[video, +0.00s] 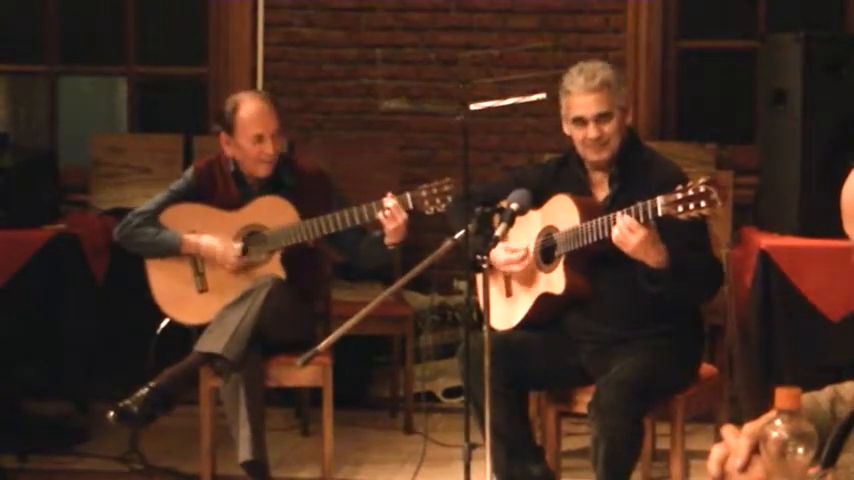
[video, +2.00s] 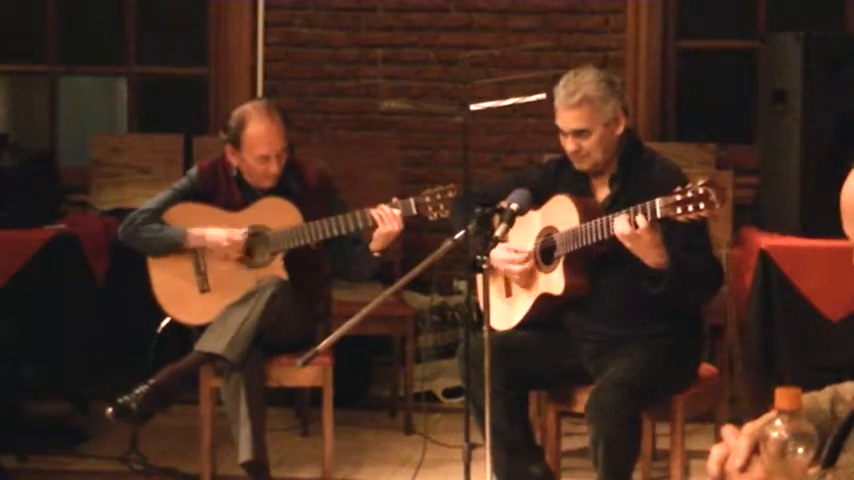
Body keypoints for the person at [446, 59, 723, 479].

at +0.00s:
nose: (593, 133)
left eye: (603, 119)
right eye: (579, 122)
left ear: (626, 115)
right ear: (564, 124)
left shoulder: (665, 183)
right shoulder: (555, 177)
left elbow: (706, 280)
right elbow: (464, 205)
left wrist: (659, 258)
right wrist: (488, 249)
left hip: (655, 341)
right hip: (575, 337)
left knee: (613, 399)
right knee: (486, 355)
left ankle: (610, 474)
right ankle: (523, 471)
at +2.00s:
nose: (571, 146)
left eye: (582, 134)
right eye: (563, 134)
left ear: (619, 124)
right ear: (556, 128)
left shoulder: (663, 183)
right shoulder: (558, 176)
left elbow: (706, 281)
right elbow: (470, 204)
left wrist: (660, 261)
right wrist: (487, 250)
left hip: (655, 342)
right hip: (574, 336)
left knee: (610, 400)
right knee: (484, 352)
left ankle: (612, 474)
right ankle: (523, 471)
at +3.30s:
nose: (590, 138)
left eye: (601, 124)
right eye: (577, 128)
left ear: (626, 117)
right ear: (564, 126)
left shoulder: (667, 183)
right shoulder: (557, 177)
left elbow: (704, 285)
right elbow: (468, 203)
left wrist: (660, 263)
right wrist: (487, 246)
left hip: (653, 344)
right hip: (573, 337)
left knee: (613, 404)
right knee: (486, 353)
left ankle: (614, 474)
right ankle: (524, 471)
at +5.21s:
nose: (582, 161)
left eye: (593, 146)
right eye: (574, 147)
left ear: (633, 126)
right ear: (564, 137)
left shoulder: (696, 187)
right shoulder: (572, 181)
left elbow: (743, 303)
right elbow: (472, 211)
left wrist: (696, 277)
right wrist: (496, 265)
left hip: (685, 368)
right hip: (592, 359)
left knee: (639, 438)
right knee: (492, 381)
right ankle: (522, 473)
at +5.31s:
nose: (598, 160)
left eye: (608, 143)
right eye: (586, 146)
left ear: (645, 121)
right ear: (575, 136)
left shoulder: (702, 187)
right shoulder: (573, 180)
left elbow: (748, 305)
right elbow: (473, 212)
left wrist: (699, 279)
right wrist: (496, 267)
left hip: (688, 370)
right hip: (594, 361)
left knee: (644, 447)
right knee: (491, 384)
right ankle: (523, 474)